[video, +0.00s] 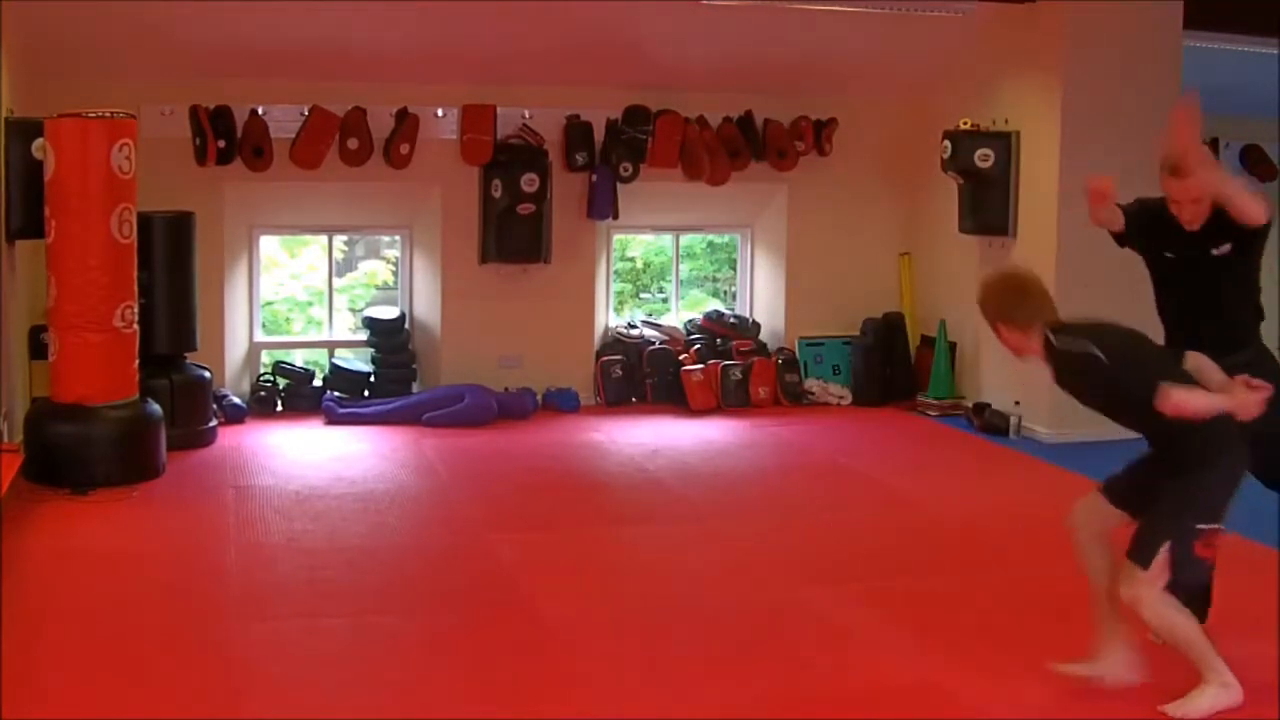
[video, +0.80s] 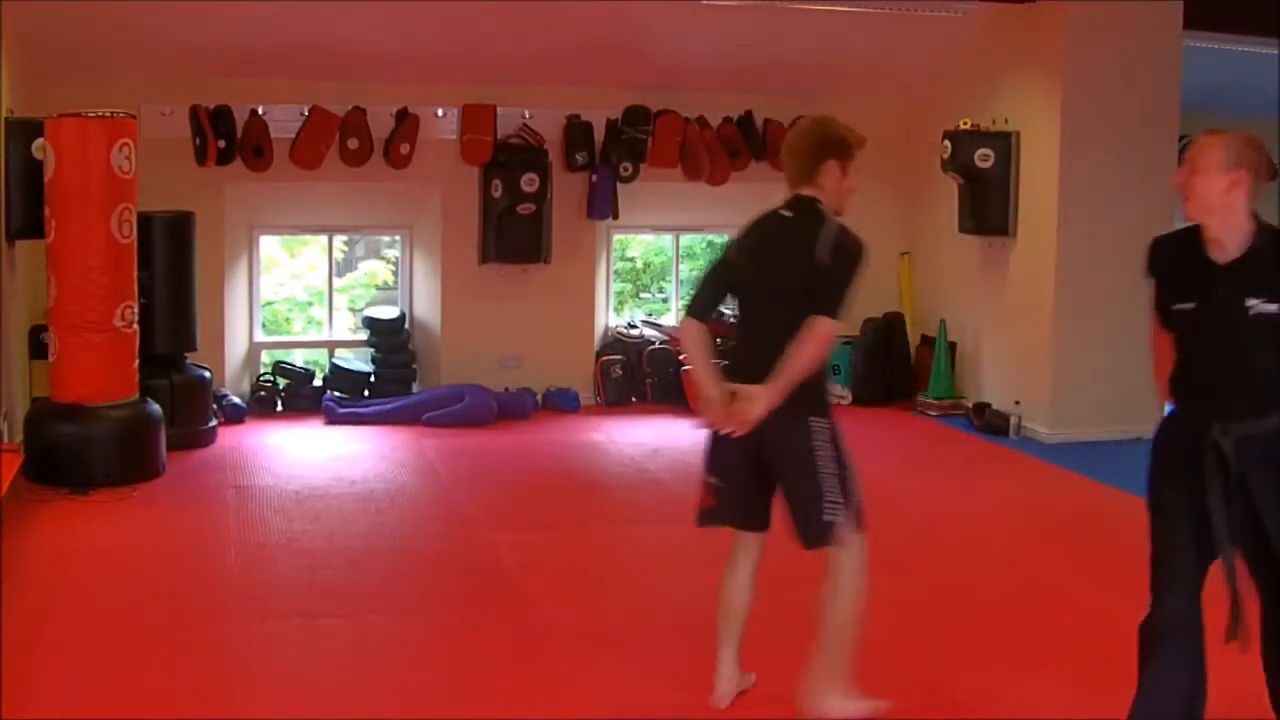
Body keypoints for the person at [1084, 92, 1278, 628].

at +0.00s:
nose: (1188, 209)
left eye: (1197, 199)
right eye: (1179, 200)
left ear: (1215, 190)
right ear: (1164, 192)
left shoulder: (1241, 222)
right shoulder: (1152, 218)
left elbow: (1255, 212)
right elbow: (1115, 221)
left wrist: (1213, 173)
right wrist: (1101, 205)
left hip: (1249, 372)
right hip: (1185, 377)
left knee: (1271, 466)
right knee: (1190, 490)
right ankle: (1188, 607)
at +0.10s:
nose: (1205, 212)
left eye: (1214, 201)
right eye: (1194, 203)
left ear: (1230, 187)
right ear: (1181, 193)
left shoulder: (1256, 223)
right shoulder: (1170, 231)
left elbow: (1278, 189)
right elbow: (1133, 234)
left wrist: (1241, 129)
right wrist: (1136, 208)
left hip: (1259, 388)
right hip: (1196, 390)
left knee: (1274, 485)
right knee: (1197, 501)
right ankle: (1196, 600)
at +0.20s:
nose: (1228, 212)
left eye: (1236, 201)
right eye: (1217, 202)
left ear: (1254, 192)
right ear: (1202, 196)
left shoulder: (1275, 233)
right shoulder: (1187, 233)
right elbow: (1160, 261)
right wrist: (1203, 243)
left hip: (1270, 406)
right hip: (1203, 405)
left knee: (1276, 518)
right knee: (1190, 517)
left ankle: (1279, 623)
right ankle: (1179, 629)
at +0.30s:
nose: (1255, 216)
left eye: (1265, 205)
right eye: (1246, 204)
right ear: (1233, 200)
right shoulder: (1211, 243)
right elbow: (1193, 291)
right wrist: (1218, 325)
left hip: (1273, 416)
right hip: (1221, 409)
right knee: (1203, 515)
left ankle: (1274, 664)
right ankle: (1175, 609)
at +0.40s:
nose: (1265, 198)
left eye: (1273, 187)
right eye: (1259, 185)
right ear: (1246, 186)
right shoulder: (1220, 243)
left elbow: (1199, 334)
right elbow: (1199, 334)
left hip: (1270, 413)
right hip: (1233, 408)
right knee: (1208, 493)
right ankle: (1203, 598)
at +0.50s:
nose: (1241, 166)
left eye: (1255, 157)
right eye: (1242, 155)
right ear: (1242, 164)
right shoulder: (1223, 233)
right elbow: (1197, 337)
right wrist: (1179, 431)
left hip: (1274, 422)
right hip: (1227, 414)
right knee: (1196, 517)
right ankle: (1199, 645)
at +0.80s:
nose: (1178, 180)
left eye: (1192, 170)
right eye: (1181, 169)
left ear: (1238, 183)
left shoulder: (1275, 254)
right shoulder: (1171, 254)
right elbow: (1166, 334)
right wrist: (1171, 400)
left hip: (1265, 450)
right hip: (1191, 444)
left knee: (1277, 605)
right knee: (1173, 609)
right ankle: (1163, 715)